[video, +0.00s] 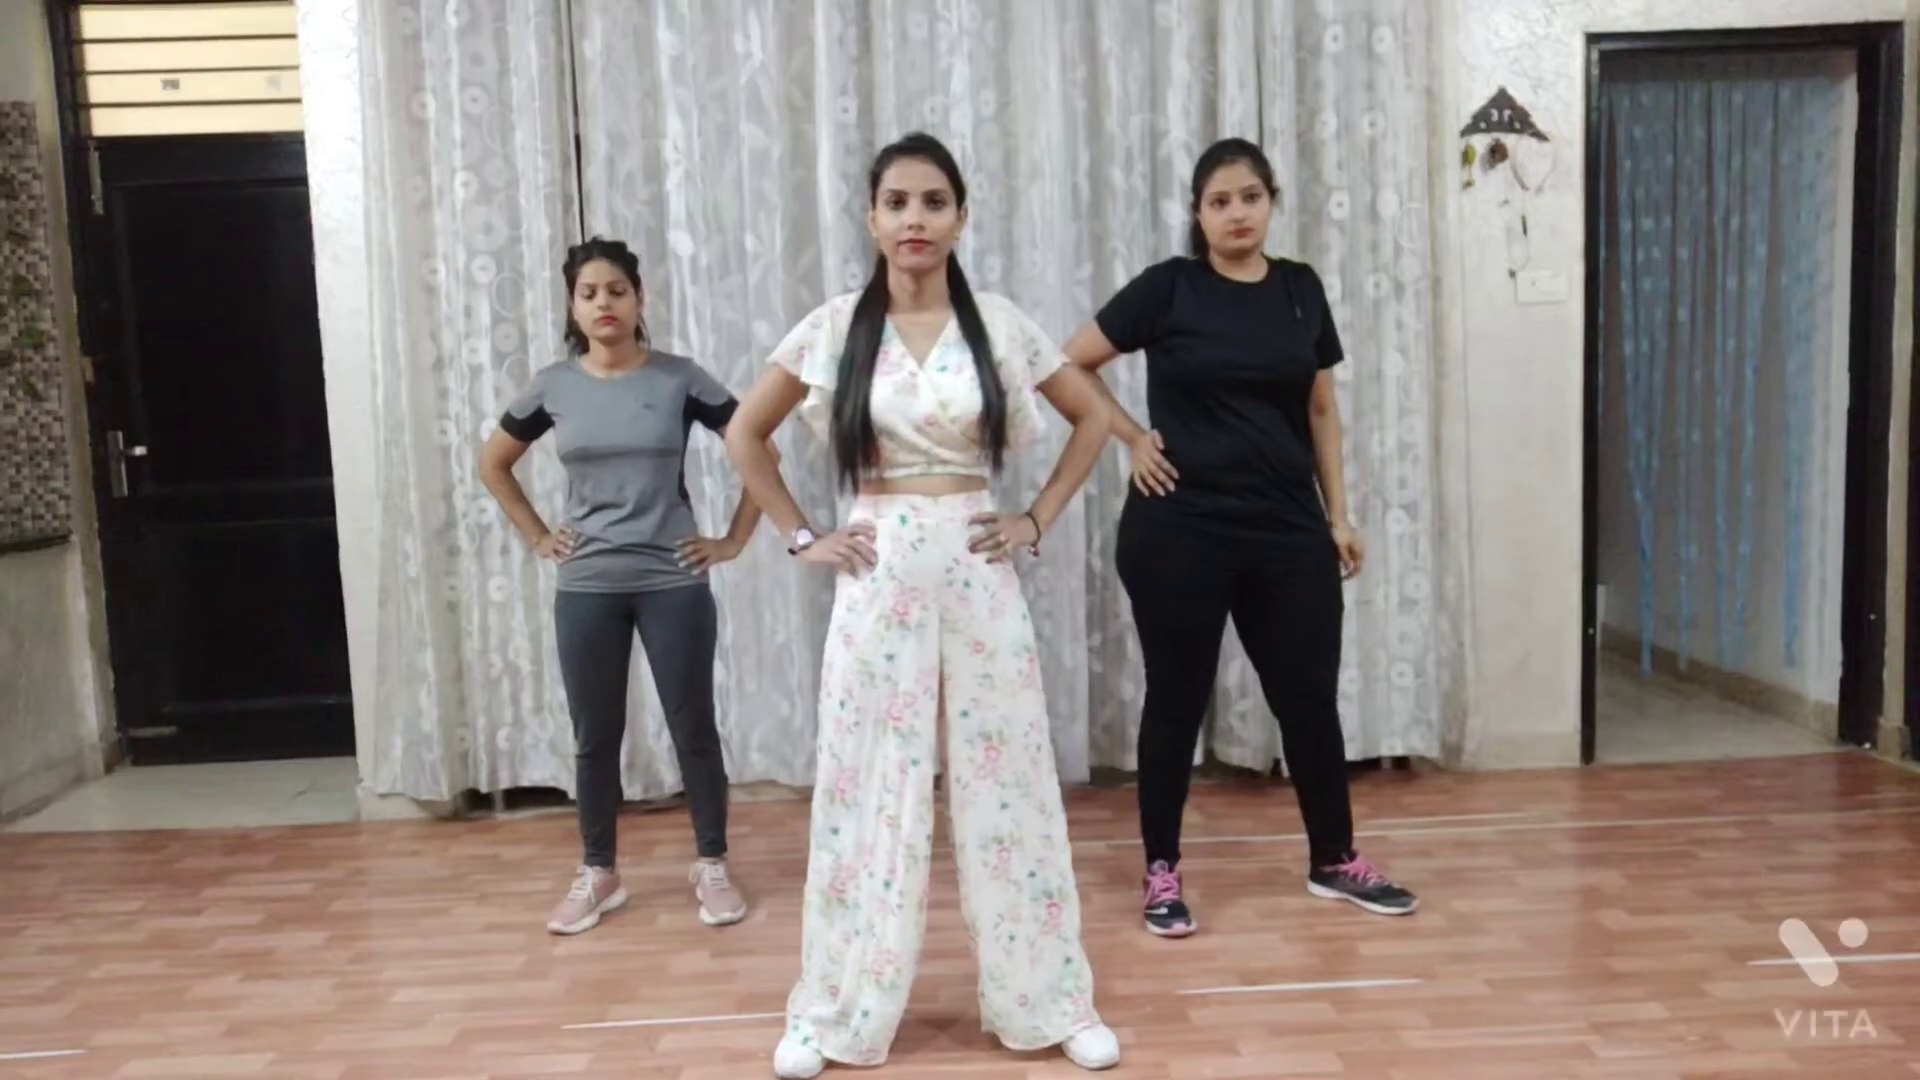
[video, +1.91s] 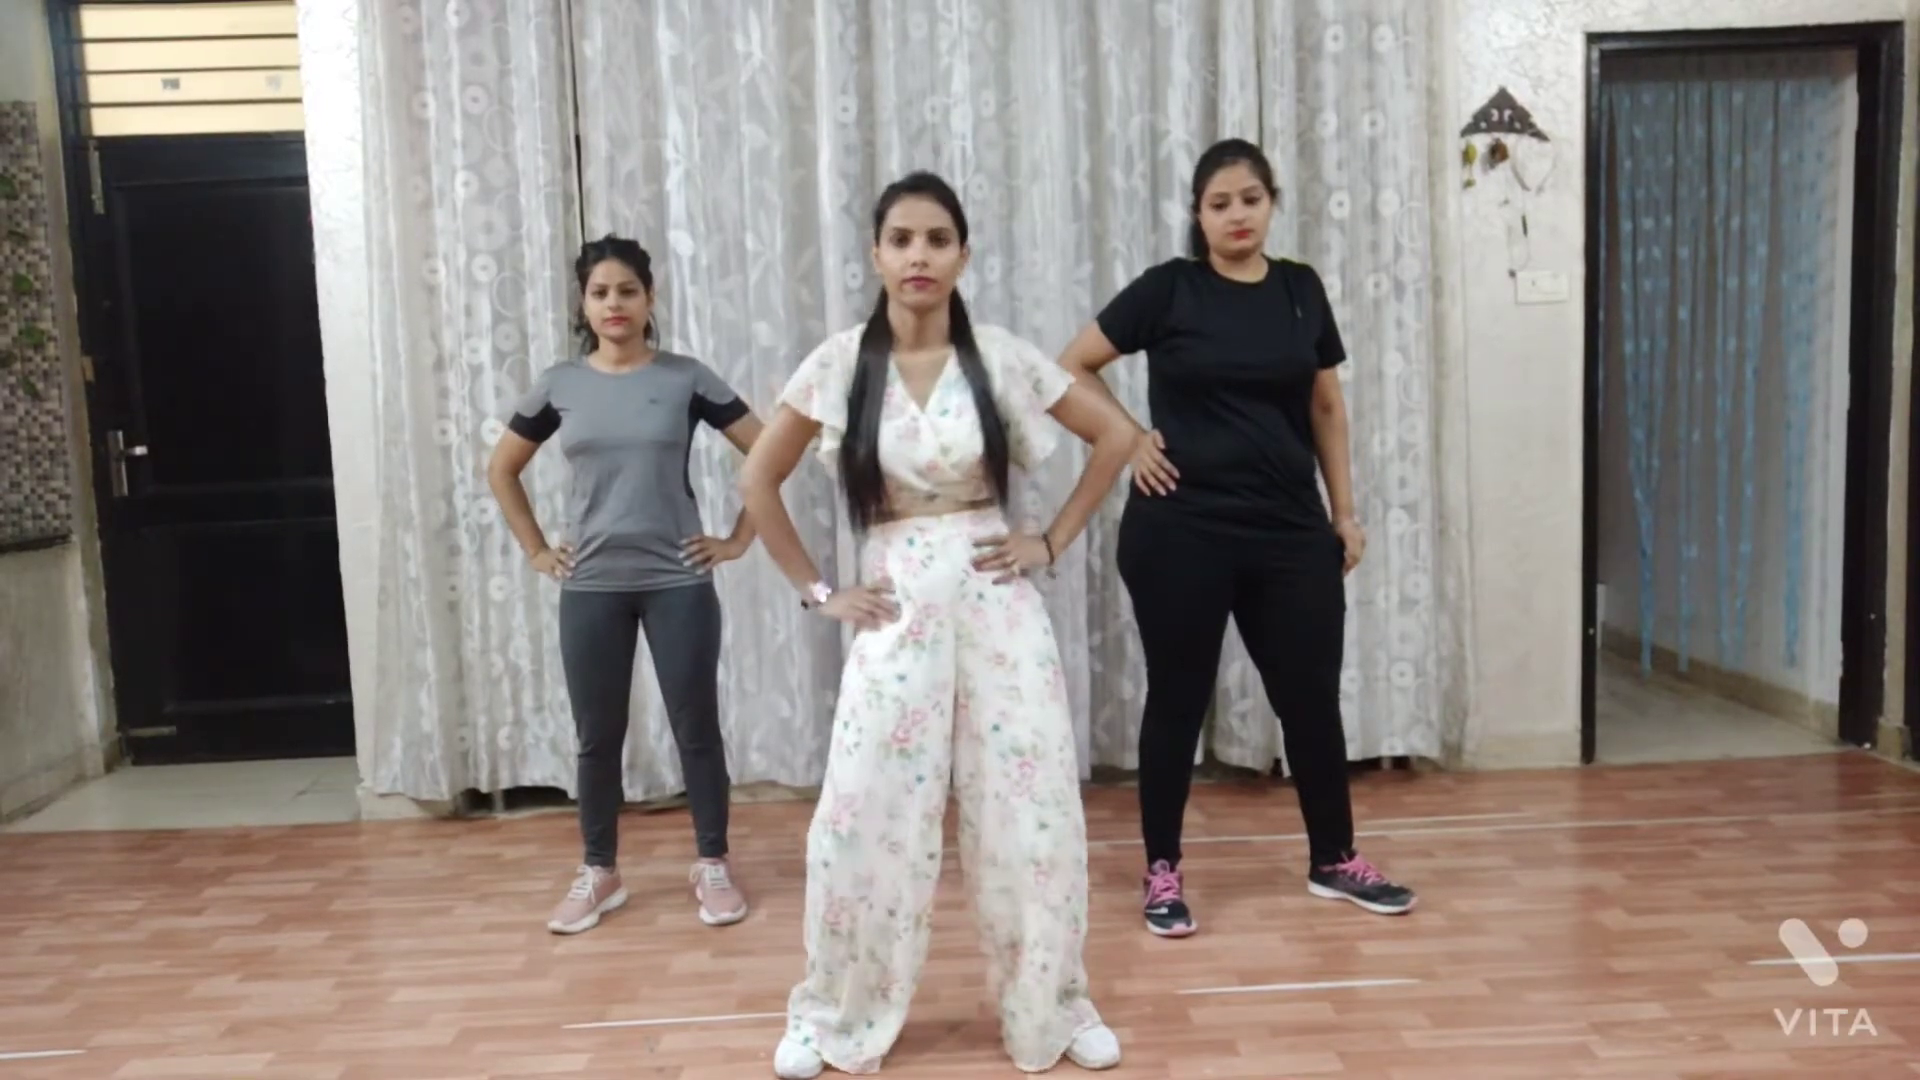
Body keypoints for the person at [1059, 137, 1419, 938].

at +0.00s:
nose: (1237, 213)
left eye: (1251, 197)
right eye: (1221, 200)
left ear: (1271, 205)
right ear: (1198, 211)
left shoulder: (1300, 289)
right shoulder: (1167, 289)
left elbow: (1322, 412)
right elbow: (1069, 369)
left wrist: (1336, 516)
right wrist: (1131, 435)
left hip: (1286, 529)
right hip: (1180, 527)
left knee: (1311, 701)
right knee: (1176, 701)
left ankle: (1335, 861)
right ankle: (1162, 870)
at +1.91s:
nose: (1237, 215)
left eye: (1251, 200)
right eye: (1221, 203)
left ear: (1271, 206)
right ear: (1198, 213)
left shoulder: (1300, 290)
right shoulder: (1166, 291)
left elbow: (1328, 407)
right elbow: (1068, 369)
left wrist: (1343, 512)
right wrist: (1126, 435)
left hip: (1288, 531)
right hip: (1181, 528)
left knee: (1313, 700)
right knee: (1177, 700)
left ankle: (1335, 861)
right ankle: (1162, 870)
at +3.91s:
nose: (1249, 216)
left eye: (1262, 200)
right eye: (1232, 203)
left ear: (1282, 206)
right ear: (1208, 211)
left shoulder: (1305, 290)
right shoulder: (1173, 288)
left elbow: (1331, 409)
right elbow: (1079, 363)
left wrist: (1346, 514)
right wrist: (1139, 436)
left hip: (1293, 531)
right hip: (1187, 528)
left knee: (1315, 700)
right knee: (1179, 700)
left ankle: (1335, 860)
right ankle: (1162, 869)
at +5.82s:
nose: (1248, 209)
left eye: (1261, 194)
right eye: (1231, 196)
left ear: (1281, 203)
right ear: (1207, 208)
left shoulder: (1307, 289)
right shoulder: (1175, 288)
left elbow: (1334, 408)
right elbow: (1081, 365)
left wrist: (1349, 512)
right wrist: (1143, 438)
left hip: (1296, 529)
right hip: (1188, 526)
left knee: (1317, 698)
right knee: (1182, 699)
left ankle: (1336, 860)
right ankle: (1163, 871)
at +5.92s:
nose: (1248, 209)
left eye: (1261, 194)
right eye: (1231, 197)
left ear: (1282, 203)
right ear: (1208, 209)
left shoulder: (1307, 290)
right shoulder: (1175, 288)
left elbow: (1334, 409)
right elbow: (1082, 365)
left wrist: (1349, 512)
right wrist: (1143, 438)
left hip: (1296, 528)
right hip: (1188, 526)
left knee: (1317, 698)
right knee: (1182, 699)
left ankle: (1336, 861)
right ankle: (1163, 870)